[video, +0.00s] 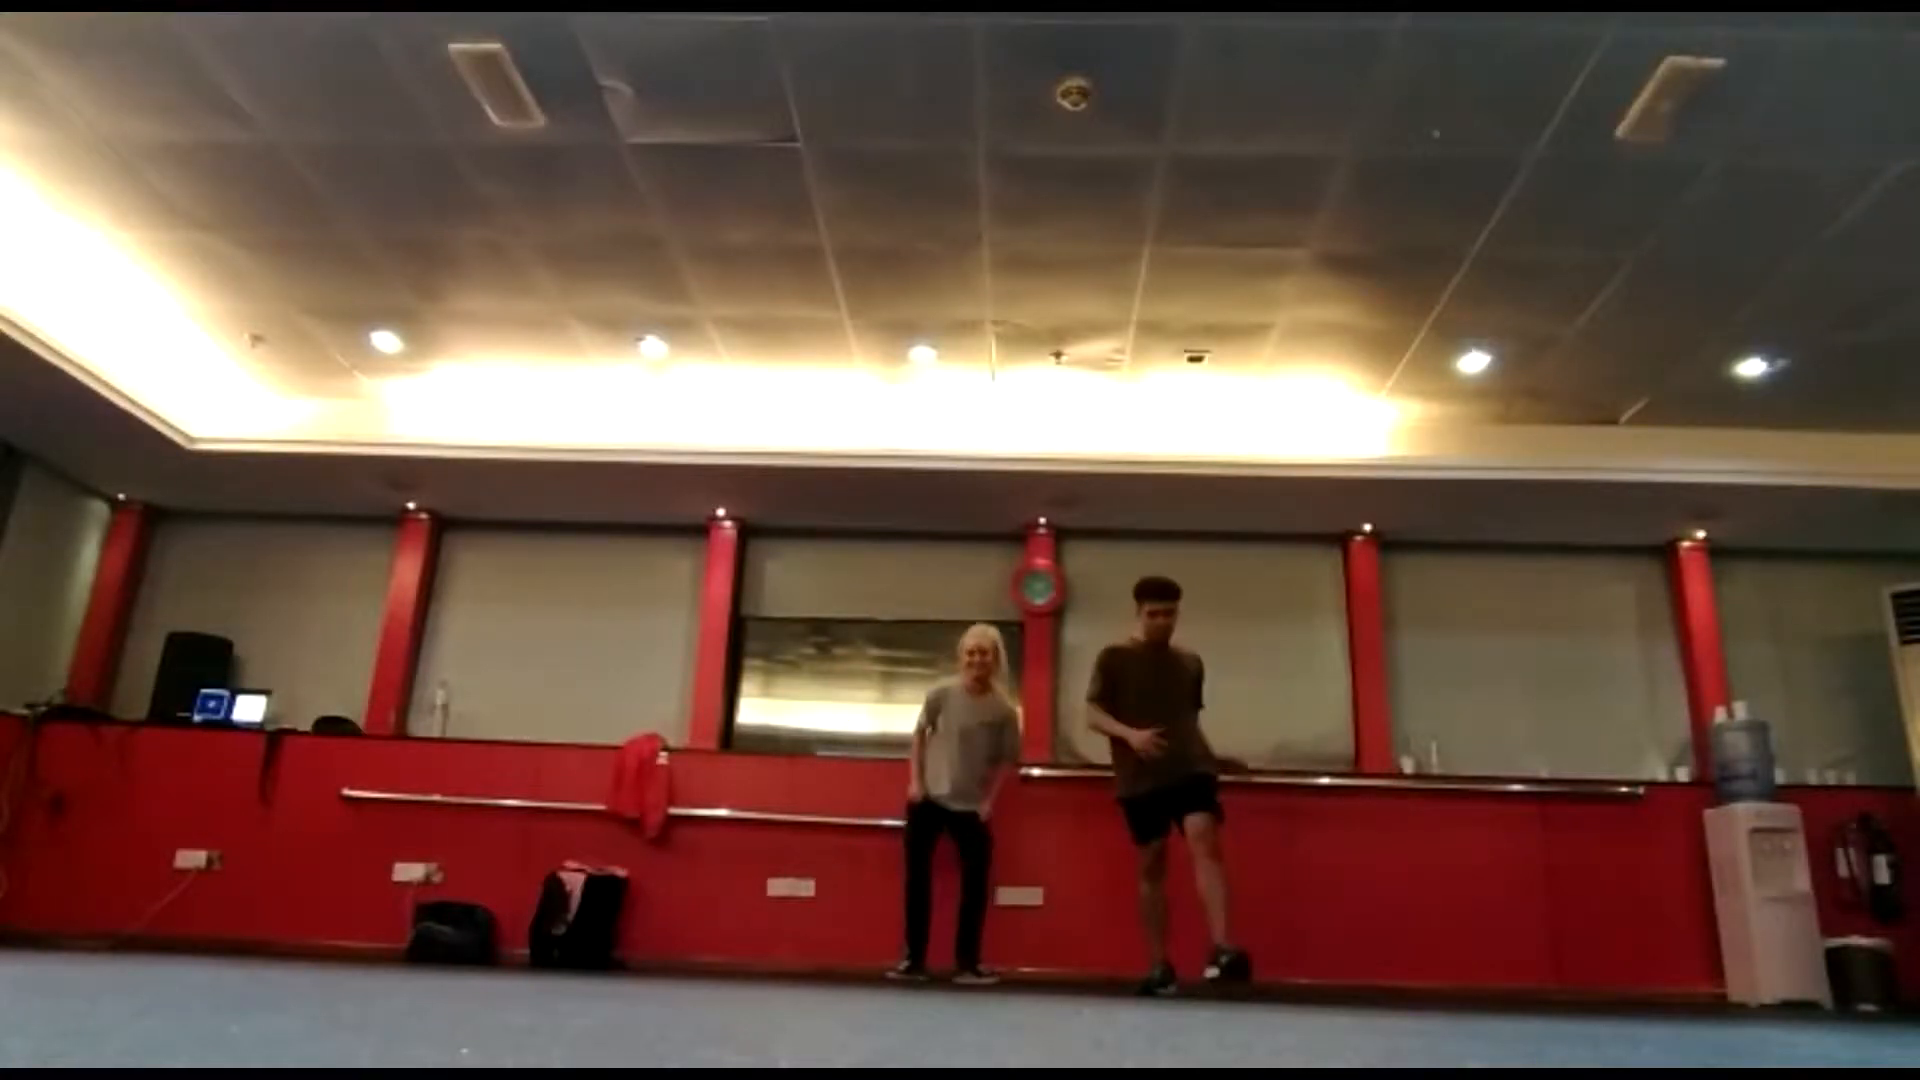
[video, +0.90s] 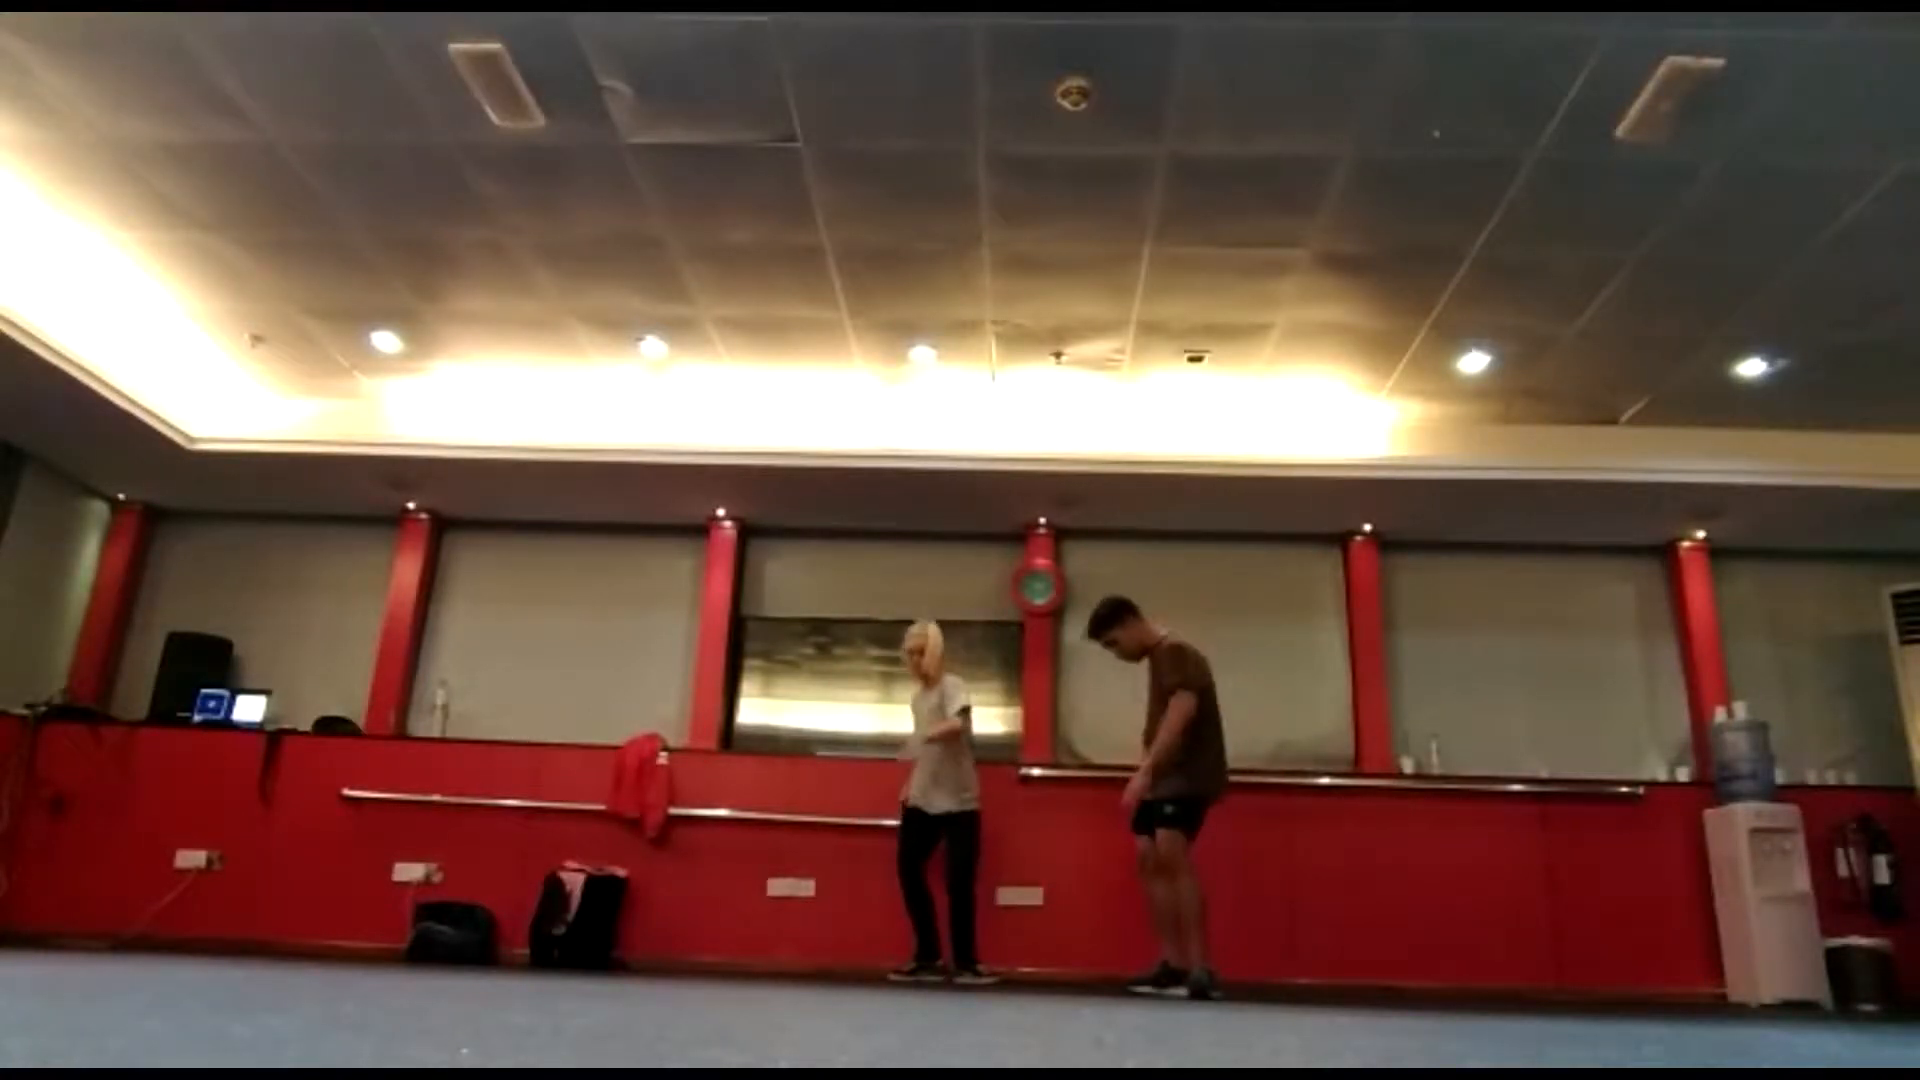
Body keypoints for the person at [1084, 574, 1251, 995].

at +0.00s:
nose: (1159, 621)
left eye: (1166, 614)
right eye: (1152, 614)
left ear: (1177, 614)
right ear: (1138, 614)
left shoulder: (1189, 664)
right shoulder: (1114, 659)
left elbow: (1190, 722)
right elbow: (1093, 715)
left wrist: (1213, 760)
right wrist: (1131, 735)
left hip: (1187, 770)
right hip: (1140, 777)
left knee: (1203, 836)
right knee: (1152, 862)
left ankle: (1221, 948)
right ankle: (1158, 963)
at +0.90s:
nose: (1116, 653)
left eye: (1113, 643)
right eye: (1109, 646)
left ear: (1130, 625)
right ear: (1130, 629)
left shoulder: (1177, 656)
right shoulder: (1161, 661)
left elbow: (1179, 716)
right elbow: (1169, 725)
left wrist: (1144, 773)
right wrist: (1151, 773)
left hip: (1189, 779)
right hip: (1166, 780)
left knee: (1170, 856)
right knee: (1149, 859)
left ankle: (1198, 968)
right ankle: (1173, 963)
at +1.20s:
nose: (1101, 671)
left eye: (1097, 662)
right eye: (1094, 667)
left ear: (1110, 642)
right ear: (1104, 652)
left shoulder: (1170, 662)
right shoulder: (1132, 684)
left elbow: (1195, 715)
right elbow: (1152, 744)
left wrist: (1151, 766)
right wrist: (1125, 720)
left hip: (1197, 773)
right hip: (1160, 778)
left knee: (1188, 852)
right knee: (1141, 859)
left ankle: (1204, 969)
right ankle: (1170, 964)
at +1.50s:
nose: (1137, 655)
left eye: (1142, 645)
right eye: (1128, 647)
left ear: (1153, 637)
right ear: (1117, 644)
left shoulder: (1185, 664)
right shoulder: (1108, 680)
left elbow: (1233, 699)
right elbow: (1108, 733)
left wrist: (1185, 701)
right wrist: (1131, 684)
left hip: (1194, 779)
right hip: (1142, 782)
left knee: (1214, 862)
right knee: (1128, 861)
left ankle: (1203, 955)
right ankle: (1170, 962)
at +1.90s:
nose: (1204, 658)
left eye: (1211, 652)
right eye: (1200, 649)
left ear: (1218, 647)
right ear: (1188, 636)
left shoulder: (1215, 674)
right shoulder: (1148, 663)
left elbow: (1221, 720)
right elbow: (1118, 712)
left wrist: (1236, 733)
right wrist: (1172, 714)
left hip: (1194, 788)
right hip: (1150, 787)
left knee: (1195, 875)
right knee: (1152, 868)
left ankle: (1189, 966)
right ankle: (1158, 960)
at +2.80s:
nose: (1144, 639)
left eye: (1150, 629)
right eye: (1137, 632)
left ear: (1169, 630)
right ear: (1131, 639)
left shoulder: (1204, 681)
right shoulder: (1135, 684)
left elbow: (1235, 738)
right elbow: (1118, 734)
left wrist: (1247, 728)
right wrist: (1123, 704)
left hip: (1194, 796)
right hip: (1145, 794)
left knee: (1194, 870)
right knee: (1120, 860)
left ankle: (1189, 969)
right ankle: (1120, 963)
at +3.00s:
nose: (1107, 647)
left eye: (1112, 637)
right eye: (1099, 641)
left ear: (1131, 638)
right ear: (1094, 648)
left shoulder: (1173, 677)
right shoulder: (1103, 693)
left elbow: (1220, 719)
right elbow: (1111, 746)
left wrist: (1204, 766)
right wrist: (1110, 765)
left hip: (1179, 790)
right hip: (1132, 792)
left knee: (1188, 867)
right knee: (1110, 858)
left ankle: (1189, 967)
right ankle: (1118, 962)